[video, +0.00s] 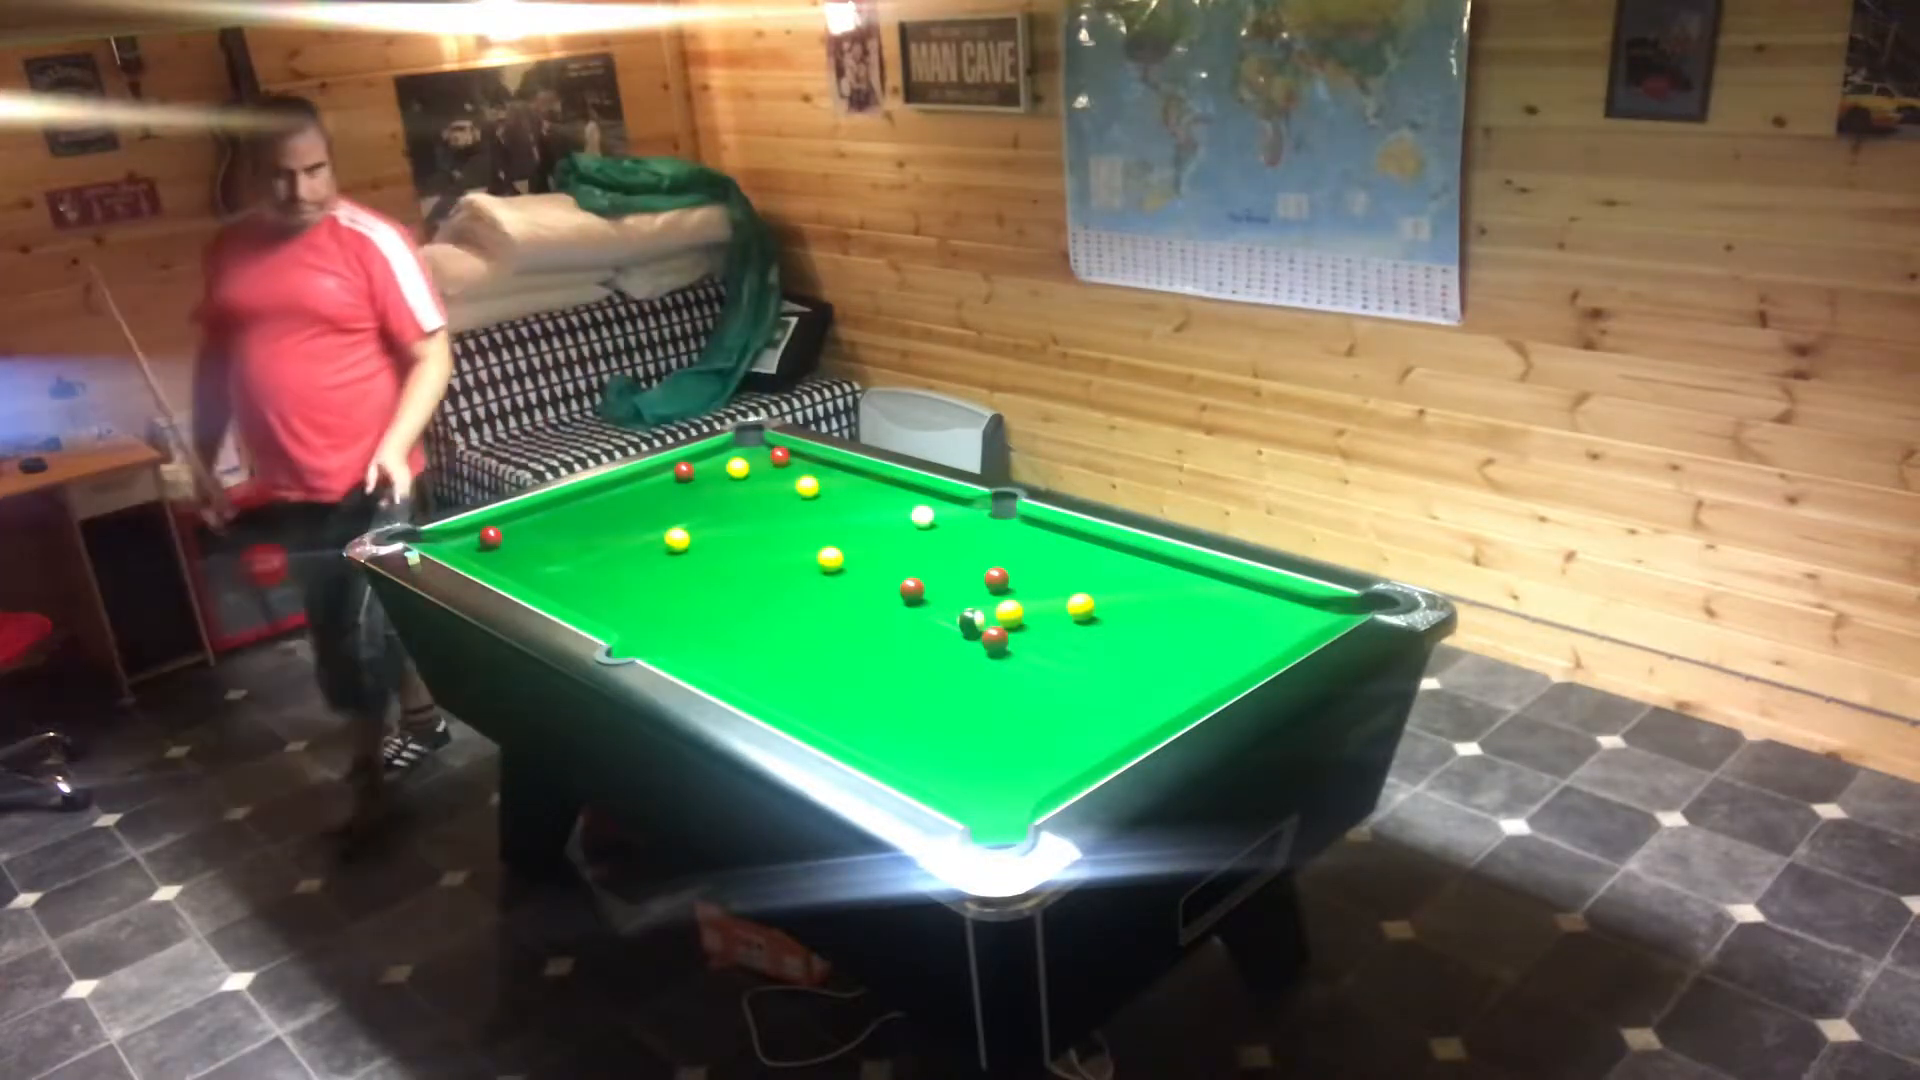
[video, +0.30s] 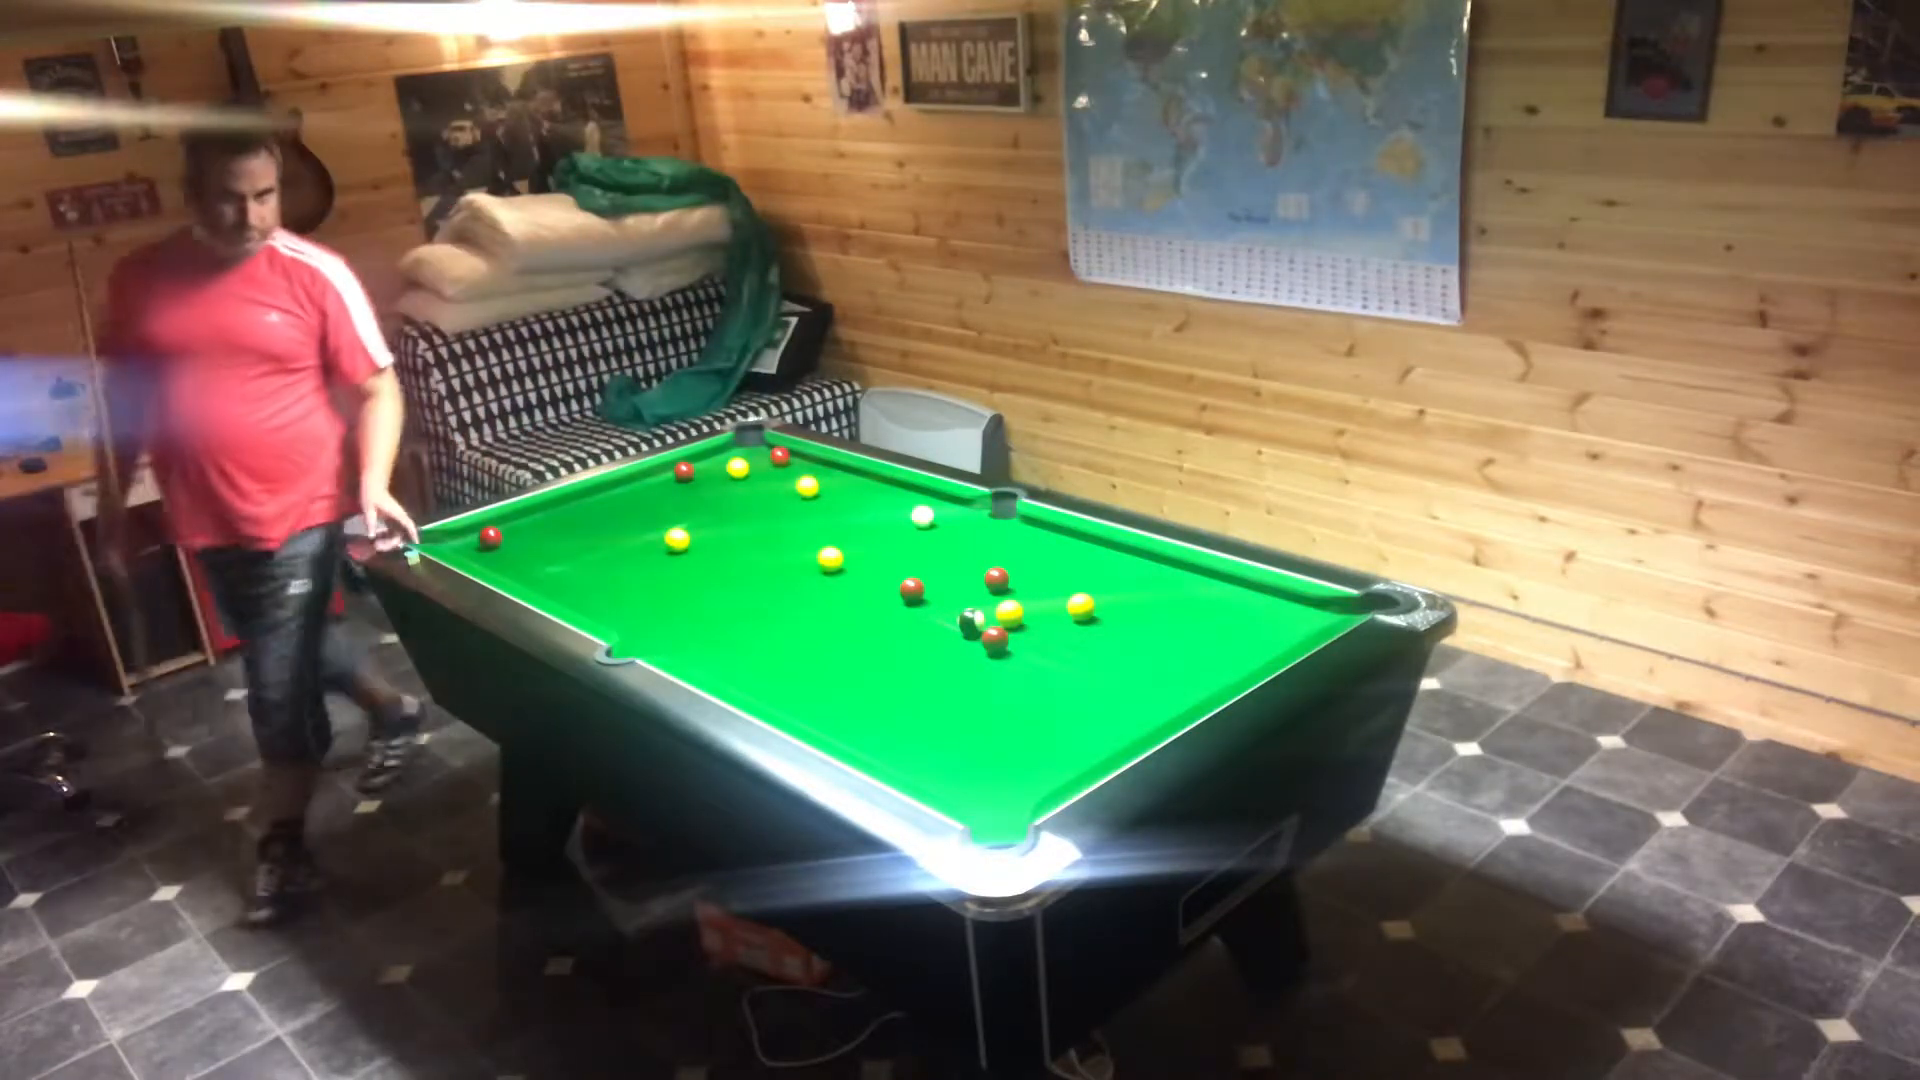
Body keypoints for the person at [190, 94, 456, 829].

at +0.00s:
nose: (298, 190)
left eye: (313, 171)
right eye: (279, 175)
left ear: (333, 167)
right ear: (249, 178)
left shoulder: (372, 241)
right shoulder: (233, 253)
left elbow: (433, 354)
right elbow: (216, 359)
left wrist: (397, 447)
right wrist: (207, 457)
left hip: (372, 485)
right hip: (291, 493)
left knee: (349, 644)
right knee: (364, 615)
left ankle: (371, 775)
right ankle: (421, 715)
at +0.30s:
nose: (251, 214)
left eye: (264, 195)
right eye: (229, 199)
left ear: (281, 189)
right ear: (192, 196)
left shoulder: (317, 276)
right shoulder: (141, 283)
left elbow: (379, 386)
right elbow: (122, 405)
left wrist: (373, 486)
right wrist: (116, 503)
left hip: (302, 515)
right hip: (211, 526)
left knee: (277, 690)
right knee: (301, 644)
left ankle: (281, 849)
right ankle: (400, 712)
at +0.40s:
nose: (236, 216)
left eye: (249, 196)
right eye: (214, 200)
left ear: (263, 189)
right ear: (173, 196)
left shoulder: (299, 280)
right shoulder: (111, 284)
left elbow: (358, 390)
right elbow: (74, 410)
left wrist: (370, 496)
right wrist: (80, 522)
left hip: (280, 537)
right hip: (177, 545)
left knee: (274, 705)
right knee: (215, 681)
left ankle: (284, 848)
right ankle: (318, 722)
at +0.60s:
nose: (205, 224)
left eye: (218, 204)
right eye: (183, 207)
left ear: (232, 194)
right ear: (135, 202)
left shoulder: (267, 291)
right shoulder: (63, 297)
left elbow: (323, 407)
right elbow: (25, 442)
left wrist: (367, 511)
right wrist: (52, 555)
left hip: (248, 573)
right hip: (130, 583)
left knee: (275, 729)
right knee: (154, 746)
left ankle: (285, 848)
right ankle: (211, 847)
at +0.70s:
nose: (191, 232)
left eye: (202, 211)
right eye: (169, 215)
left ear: (212, 202)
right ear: (113, 211)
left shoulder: (247, 298)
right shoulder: (47, 309)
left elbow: (309, 410)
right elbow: (19, 456)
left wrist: (364, 512)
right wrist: (19, 592)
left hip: (236, 587)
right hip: (114, 604)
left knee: (271, 741)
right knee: (145, 783)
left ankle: (282, 849)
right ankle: (169, 941)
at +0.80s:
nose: (171, 240)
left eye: (182, 220)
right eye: (148, 224)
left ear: (189, 210)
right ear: (83, 218)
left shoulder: (224, 308)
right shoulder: (26, 326)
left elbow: (293, 419)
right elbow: (17, 462)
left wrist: (359, 519)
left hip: (224, 607)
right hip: (100, 627)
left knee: (264, 752)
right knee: (139, 806)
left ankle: (281, 849)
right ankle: (157, 984)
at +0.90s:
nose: (154, 248)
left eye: (163, 228)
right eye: (131, 230)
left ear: (170, 223)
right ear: (64, 228)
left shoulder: (204, 321)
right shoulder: (13, 329)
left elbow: (275, 434)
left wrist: (354, 529)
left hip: (208, 622)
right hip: (77, 641)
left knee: (253, 760)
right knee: (131, 830)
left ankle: (278, 846)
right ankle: (160, 1014)